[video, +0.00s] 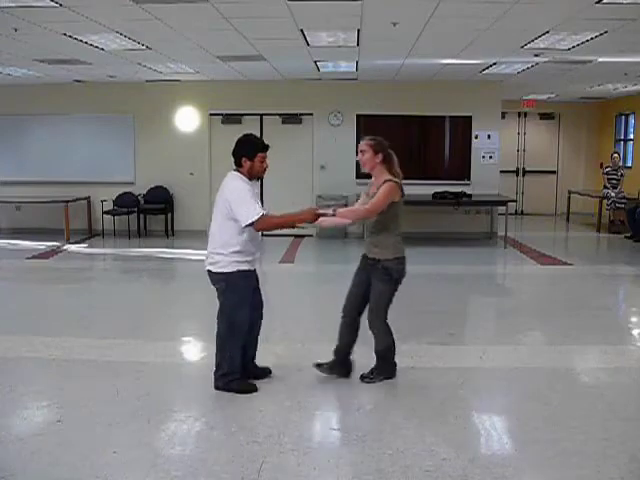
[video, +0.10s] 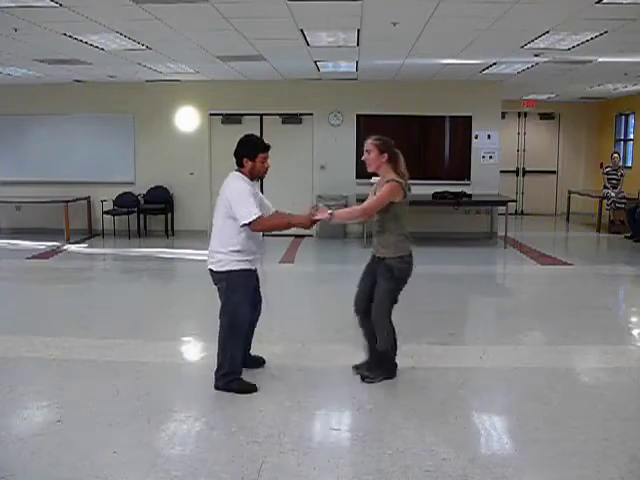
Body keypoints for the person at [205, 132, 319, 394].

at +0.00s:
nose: (266, 165)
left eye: (266, 159)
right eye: (262, 160)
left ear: (249, 161)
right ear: (245, 162)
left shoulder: (246, 184)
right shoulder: (236, 185)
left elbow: (260, 219)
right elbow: (259, 223)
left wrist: (295, 219)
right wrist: (299, 218)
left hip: (243, 264)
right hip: (229, 266)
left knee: (252, 314)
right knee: (234, 320)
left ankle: (246, 365)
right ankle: (227, 377)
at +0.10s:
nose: (267, 165)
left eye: (267, 160)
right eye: (263, 161)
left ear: (250, 162)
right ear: (247, 162)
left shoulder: (249, 185)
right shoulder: (237, 186)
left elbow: (272, 216)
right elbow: (257, 224)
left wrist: (303, 218)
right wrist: (294, 222)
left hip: (244, 263)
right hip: (230, 265)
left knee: (251, 310)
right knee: (236, 318)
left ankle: (241, 355)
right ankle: (226, 377)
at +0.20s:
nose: (271, 165)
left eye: (271, 160)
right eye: (267, 160)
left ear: (254, 162)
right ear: (251, 162)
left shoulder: (254, 185)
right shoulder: (242, 187)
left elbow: (279, 213)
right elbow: (255, 226)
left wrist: (313, 215)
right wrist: (295, 228)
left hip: (244, 262)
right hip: (236, 263)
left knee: (243, 314)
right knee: (239, 320)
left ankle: (239, 351)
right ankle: (227, 378)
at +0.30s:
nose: (279, 165)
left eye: (279, 160)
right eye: (275, 161)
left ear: (261, 162)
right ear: (259, 163)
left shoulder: (261, 185)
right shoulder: (251, 187)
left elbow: (284, 212)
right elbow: (257, 228)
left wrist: (315, 214)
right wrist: (294, 231)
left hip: (246, 261)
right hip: (245, 263)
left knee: (241, 312)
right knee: (261, 312)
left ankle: (234, 356)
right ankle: (236, 367)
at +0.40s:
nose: (290, 165)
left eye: (290, 160)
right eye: (285, 161)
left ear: (272, 164)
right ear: (270, 163)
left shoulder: (267, 185)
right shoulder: (265, 188)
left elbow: (286, 214)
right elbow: (264, 227)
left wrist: (315, 214)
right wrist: (299, 235)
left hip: (249, 258)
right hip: (258, 259)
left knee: (244, 304)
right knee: (284, 304)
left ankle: (232, 351)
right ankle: (262, 357)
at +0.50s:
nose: (304, 166)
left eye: (304, 161)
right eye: (300, 161)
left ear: (285, 165)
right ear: (285, 164)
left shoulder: (276, 183)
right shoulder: (279, 188)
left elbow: (287, 215)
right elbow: (274, 224)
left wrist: (314, 212)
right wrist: (303, 235)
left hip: (267, 259)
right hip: (275, 261)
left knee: (259, 303)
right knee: (299, 306)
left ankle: (236, 347)